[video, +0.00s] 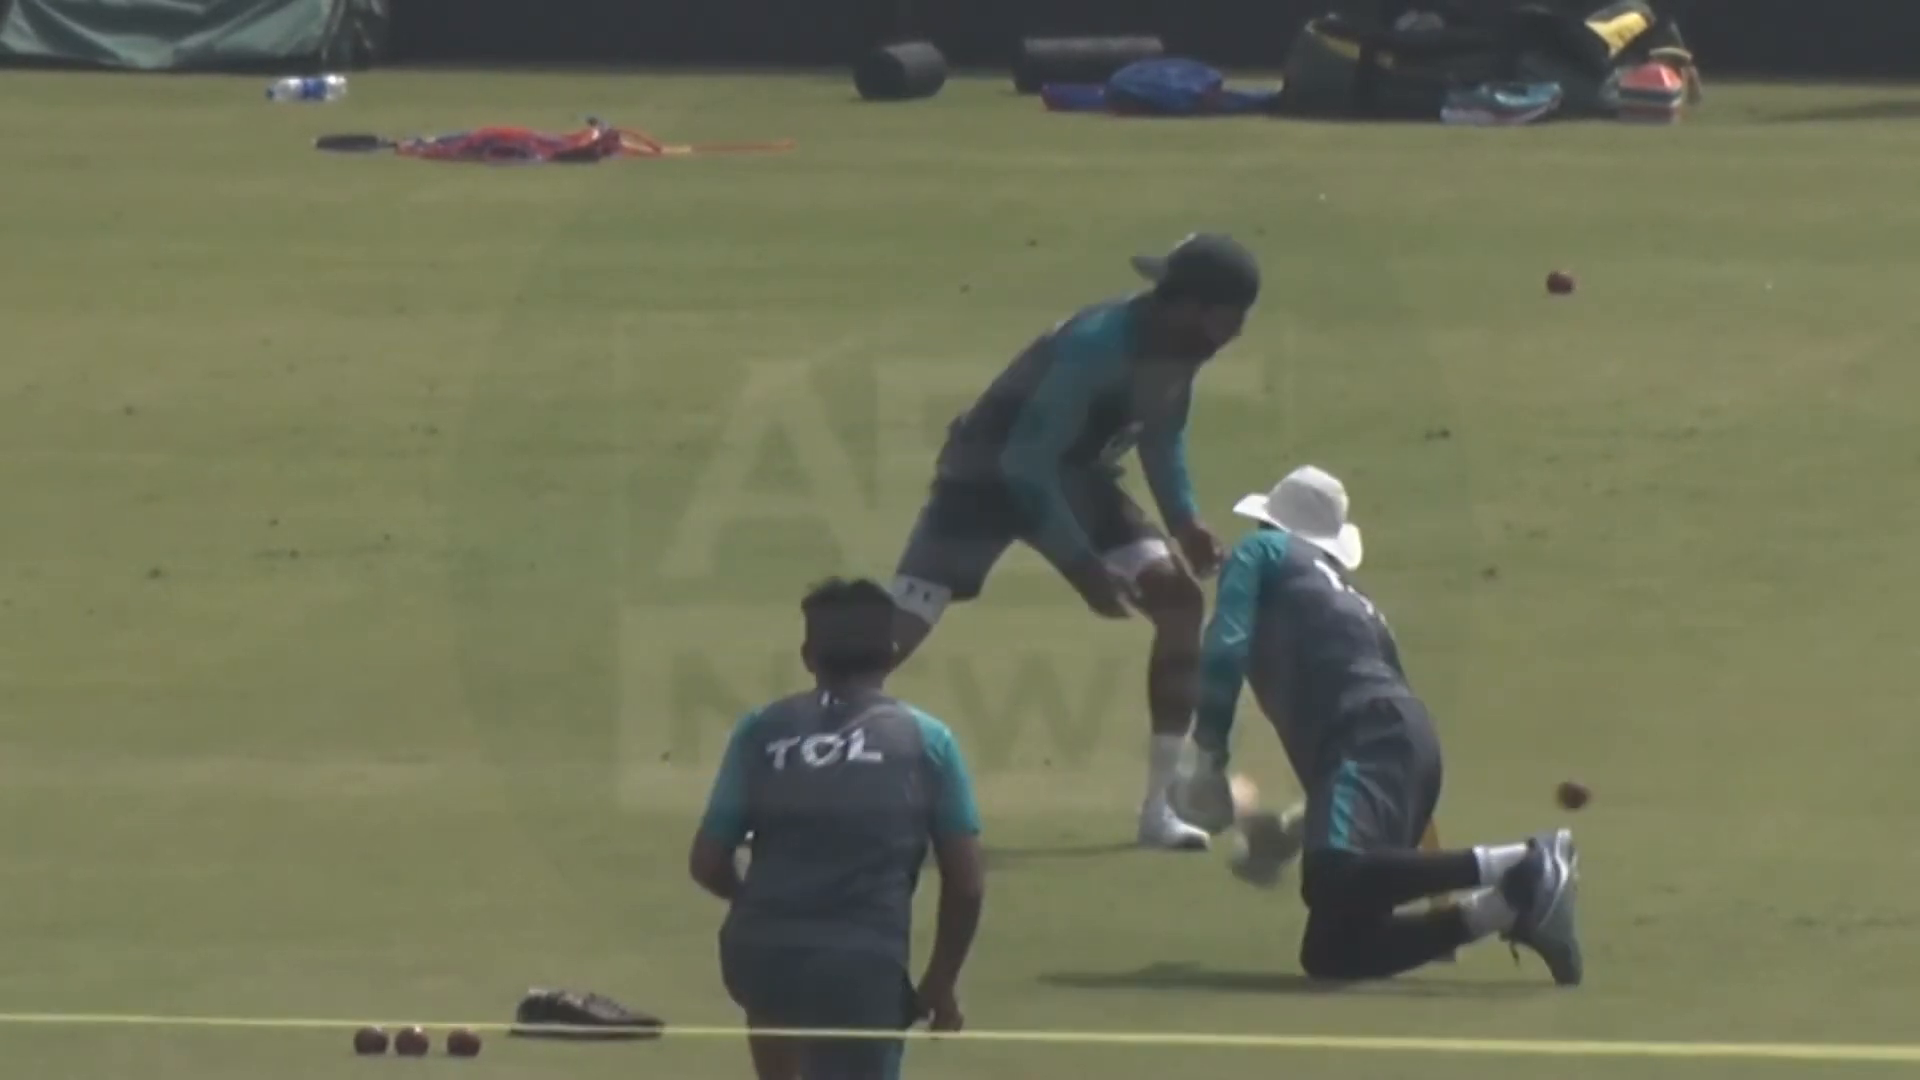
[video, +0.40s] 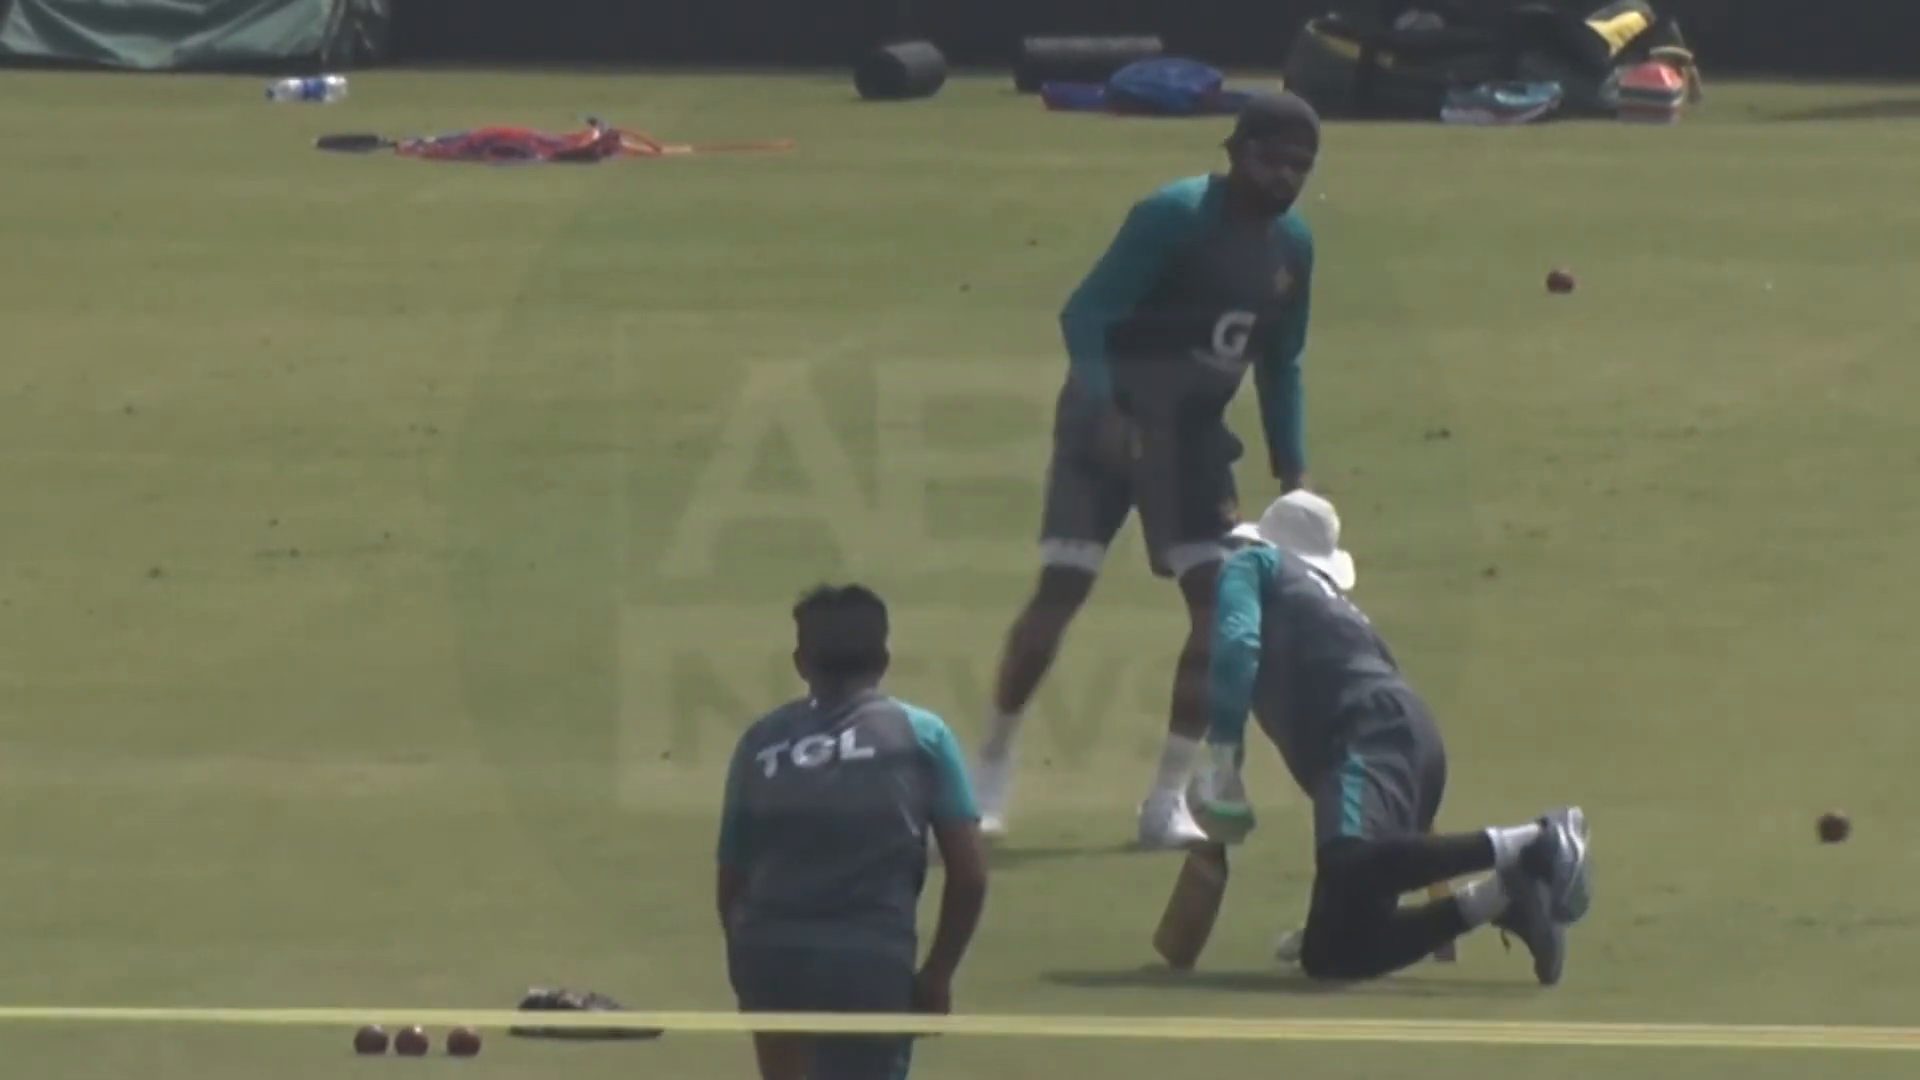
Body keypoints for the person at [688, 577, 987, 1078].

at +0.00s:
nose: (805, 652)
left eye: (807, 643)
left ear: (809, 655)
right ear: (891, 656)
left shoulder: (760, 731)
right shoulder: (928, 741)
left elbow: (707, 863)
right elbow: (965, 886)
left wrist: (759, 900)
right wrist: (939, 985)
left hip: (761, 954)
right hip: (862, 965)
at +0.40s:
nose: (792, 659)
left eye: (795, 650)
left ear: (801, 663)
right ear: (883, 662)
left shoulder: (760, 740)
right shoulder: (922, 734)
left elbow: (731, 885)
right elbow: (969, 875)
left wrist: (749, 970)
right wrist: (937, 976)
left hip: (770, 958)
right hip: (871, 961)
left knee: (786, 1069)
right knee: (869, 1068)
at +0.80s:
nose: (797, 665)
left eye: (800, 655)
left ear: (806, 669)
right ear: (885, 670)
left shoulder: (762, 743)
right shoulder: (924, 740)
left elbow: (723, 891)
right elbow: (967, 878)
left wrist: (747, 974)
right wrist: (940, 985)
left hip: (773, 963)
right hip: (870, 967)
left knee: (788, 1065)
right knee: (872, 1068)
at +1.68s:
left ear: (812, 678)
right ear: (894, 678)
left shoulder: (768, 746)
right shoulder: (929, 745)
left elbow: (721, 901)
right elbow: (970, 885)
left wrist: (746, 978)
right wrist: (946, 992)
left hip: (773, 967)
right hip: (870, 972)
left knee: (789, 1061)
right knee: (872, 1068)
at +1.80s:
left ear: (811, 677)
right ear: (893, 678)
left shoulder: (767, 746)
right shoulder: (927, 745)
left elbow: (718, 901)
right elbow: (969, 887)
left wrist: (747, 979)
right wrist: (942, 993)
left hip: (772, 968)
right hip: (871, 973)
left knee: (790, 1065)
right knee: (871, 1068)